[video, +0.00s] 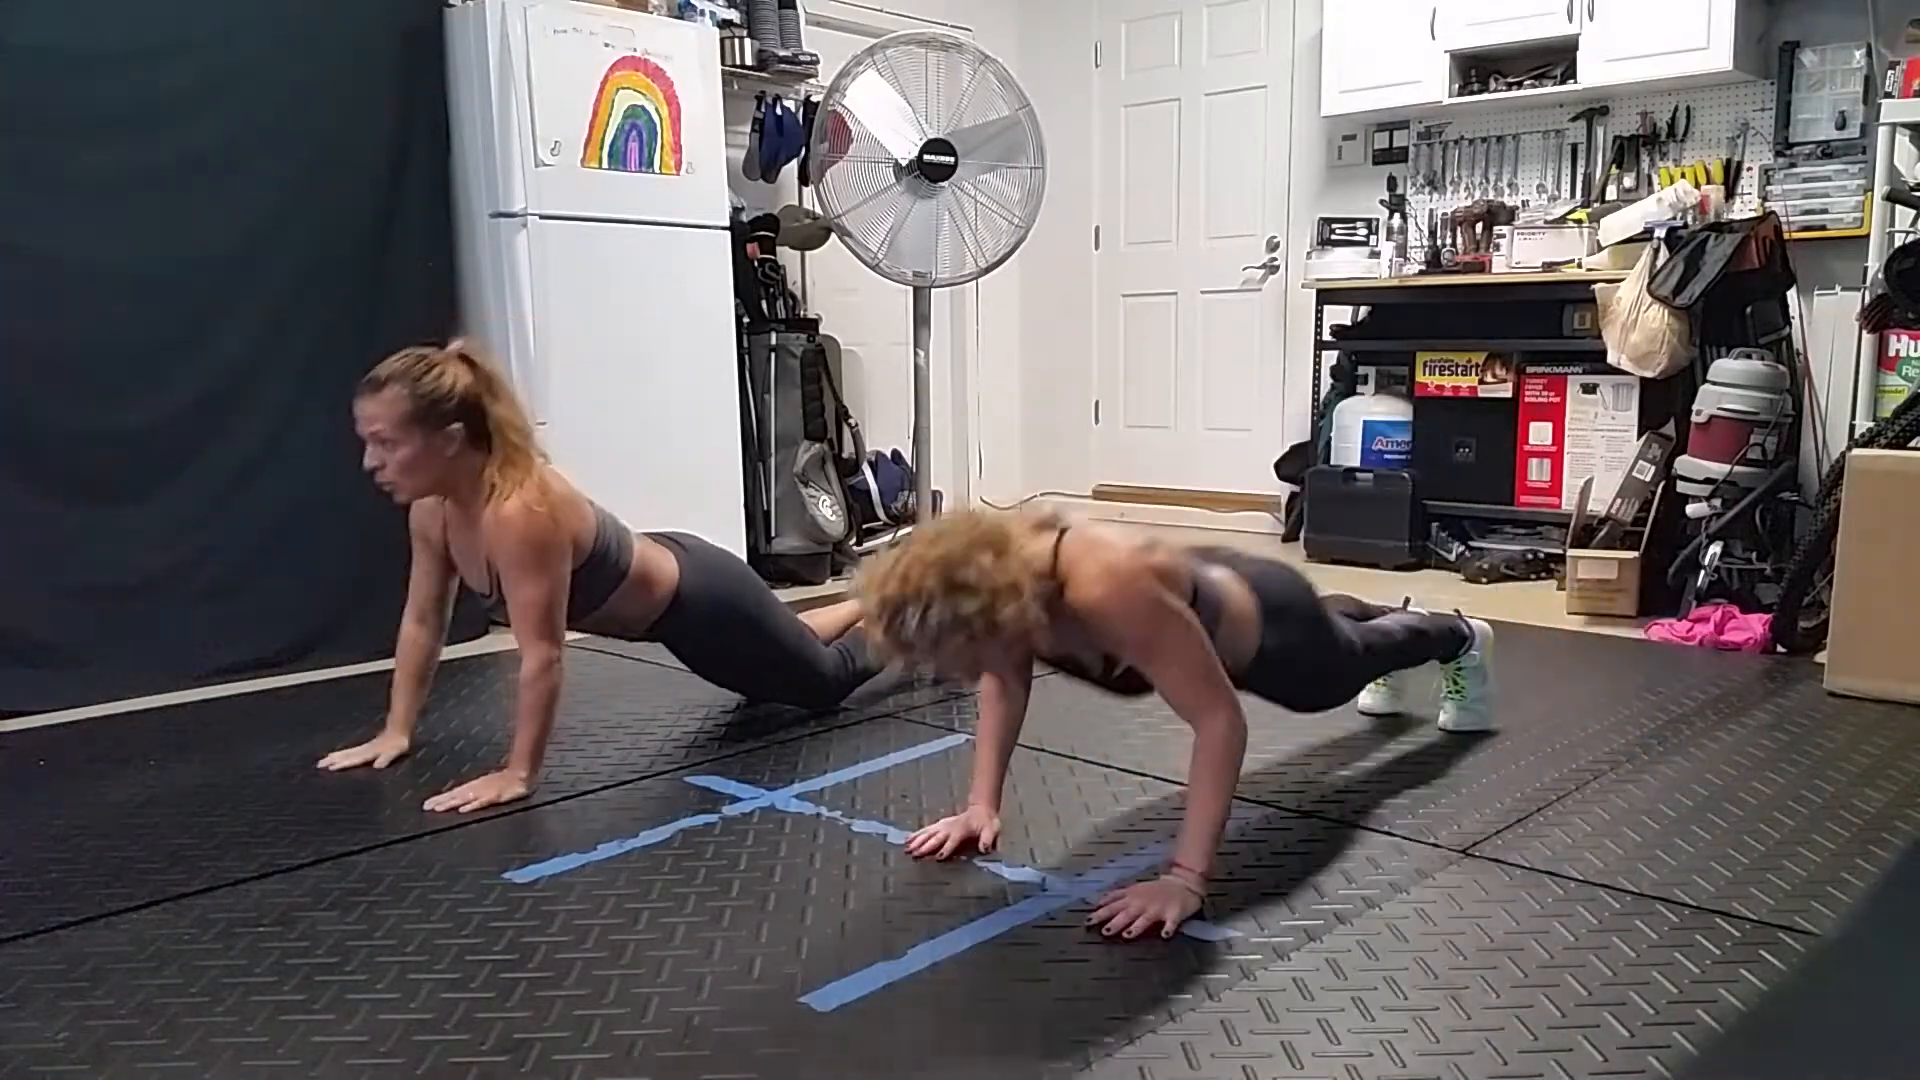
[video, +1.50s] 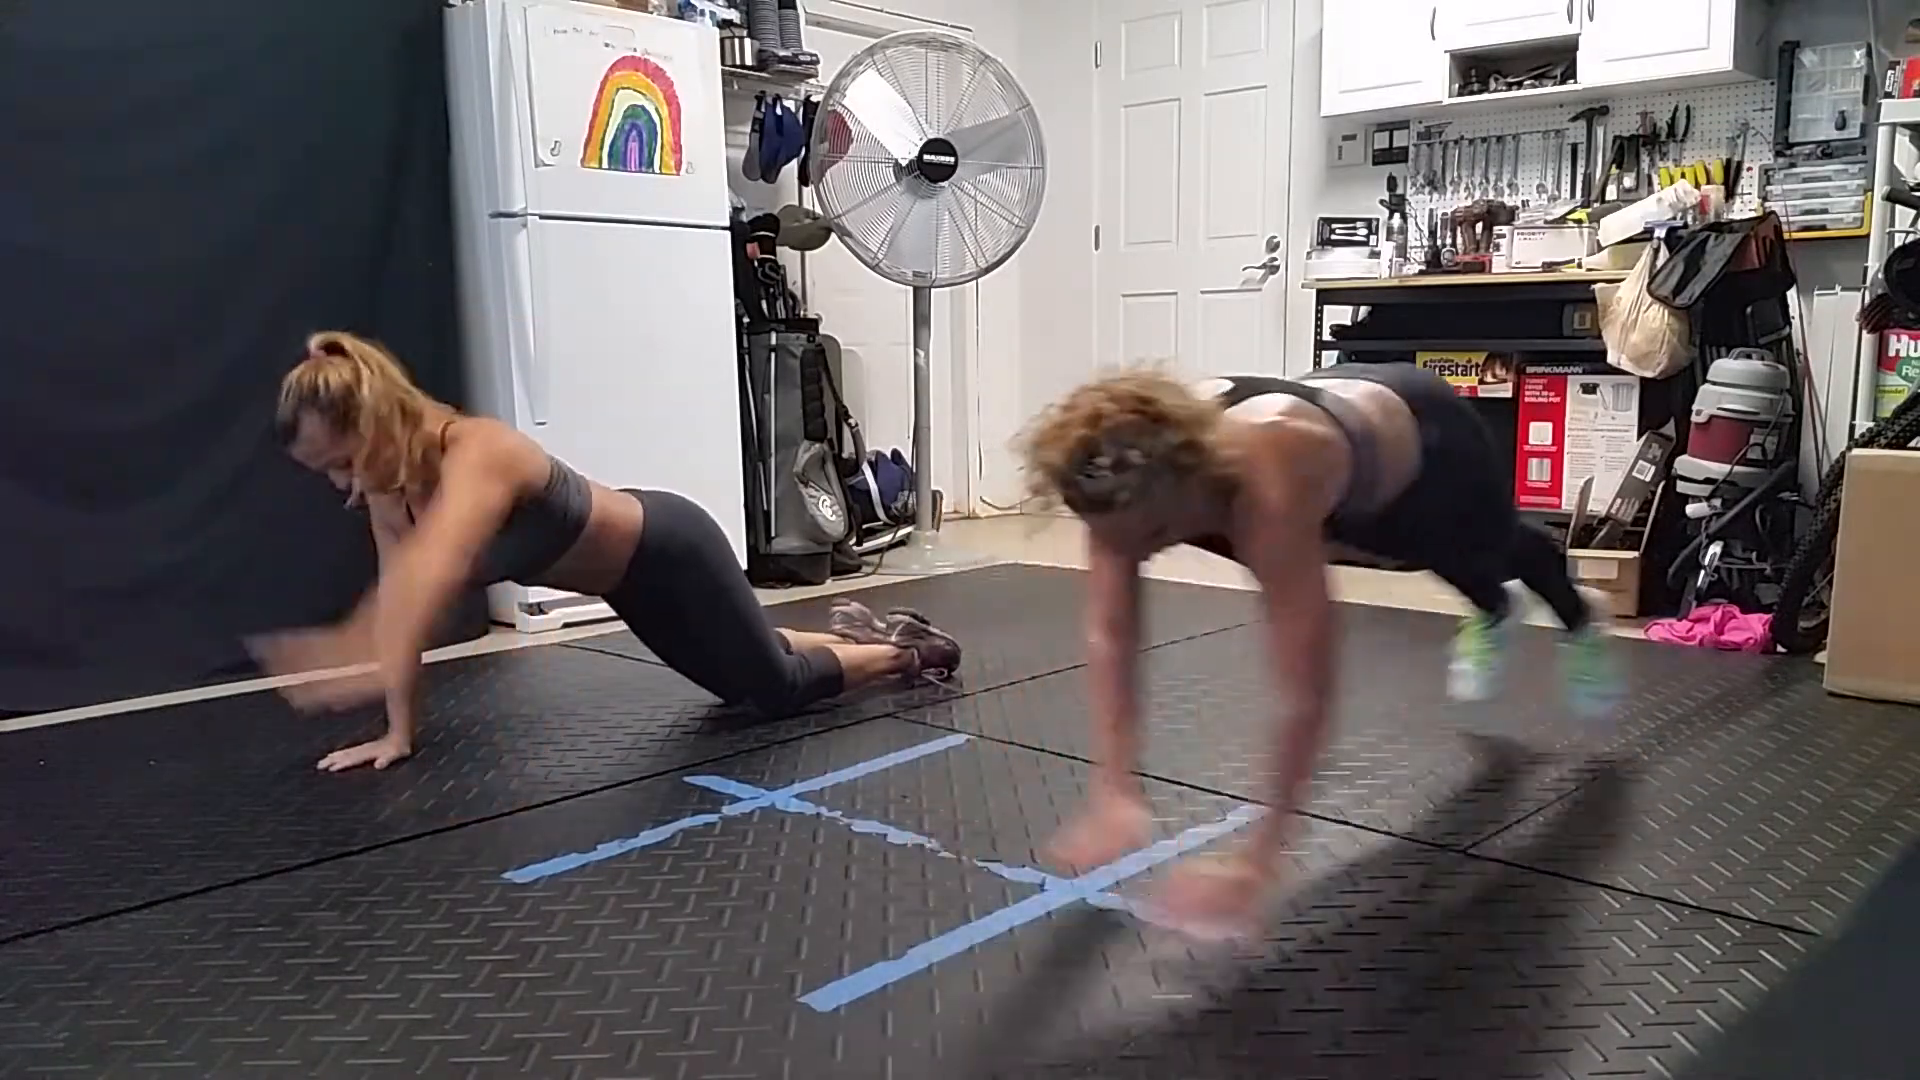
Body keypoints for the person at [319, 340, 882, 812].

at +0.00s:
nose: (369, 463)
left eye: (383, 445)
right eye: (365, 445)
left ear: (453, 438)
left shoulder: (522, 513)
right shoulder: (433, 504)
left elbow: (542, 655)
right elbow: (422, 618)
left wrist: (518, 772)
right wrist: (397, 732)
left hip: (702, 603)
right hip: (666, 581)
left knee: (832, 676)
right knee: (780, 641)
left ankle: (937, 607)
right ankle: (884, 591)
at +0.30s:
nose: (309, 586)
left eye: (311, 568)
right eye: (301, 572)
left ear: (372, 539)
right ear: (367, 541)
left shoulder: (467, 570)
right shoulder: (406, 570)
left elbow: (565, 667)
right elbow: (414, 643)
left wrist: (516, 775)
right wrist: (400, 735)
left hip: (671, 631)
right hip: (633, 606)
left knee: (816, 688)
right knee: (771, 641)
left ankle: (925, 611)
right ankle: (872, 596)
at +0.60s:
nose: (314, 690)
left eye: (306, 678)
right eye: (300, 682)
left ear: (326, 639)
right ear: (325, 634)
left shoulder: (438, 598)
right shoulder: (378, 607)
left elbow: (558, 670)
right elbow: (391, 657)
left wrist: (514, 776)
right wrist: (398, 731)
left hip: (654, 650)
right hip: (619, 631)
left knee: (813, 681)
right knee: (761, 644)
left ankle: (915, 613)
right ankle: (859, 596)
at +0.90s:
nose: (330, 613)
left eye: (323, 598)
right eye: (318, 605)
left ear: (347, 565)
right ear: (342, 560)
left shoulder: (465, 539)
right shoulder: (392, 551)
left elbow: (545, 660)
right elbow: (399, 635)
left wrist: (517, 772)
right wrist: (398, 736)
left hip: (663, 594)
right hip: (629, 587)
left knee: (809, 671)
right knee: (774, 644)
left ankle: (912, 615)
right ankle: (879, 606)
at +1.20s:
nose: (326, 538)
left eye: (320, 522)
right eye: (311, 528)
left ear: (348, 479)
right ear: (338, 483)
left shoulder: (477, 495)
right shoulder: (396, 502)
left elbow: (518, 642)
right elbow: (405, 622)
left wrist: (516, 771)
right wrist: (398, 736)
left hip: (671, 561)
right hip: (632, 572)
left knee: (782, 688)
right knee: (746, 677)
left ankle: (900, 654)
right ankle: (856, 632)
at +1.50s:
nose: (337, 483)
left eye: (340, 463)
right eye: (323, 471)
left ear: (379, 425)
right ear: (321, 454)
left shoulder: (481, 457)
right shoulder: (388, 486)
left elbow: (425, 588)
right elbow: (400, 591)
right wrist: (396, 723)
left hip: (669, 554)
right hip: (629, 580)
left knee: (778, 686)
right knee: (742, 669)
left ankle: (896, 657)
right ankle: (844, 638)